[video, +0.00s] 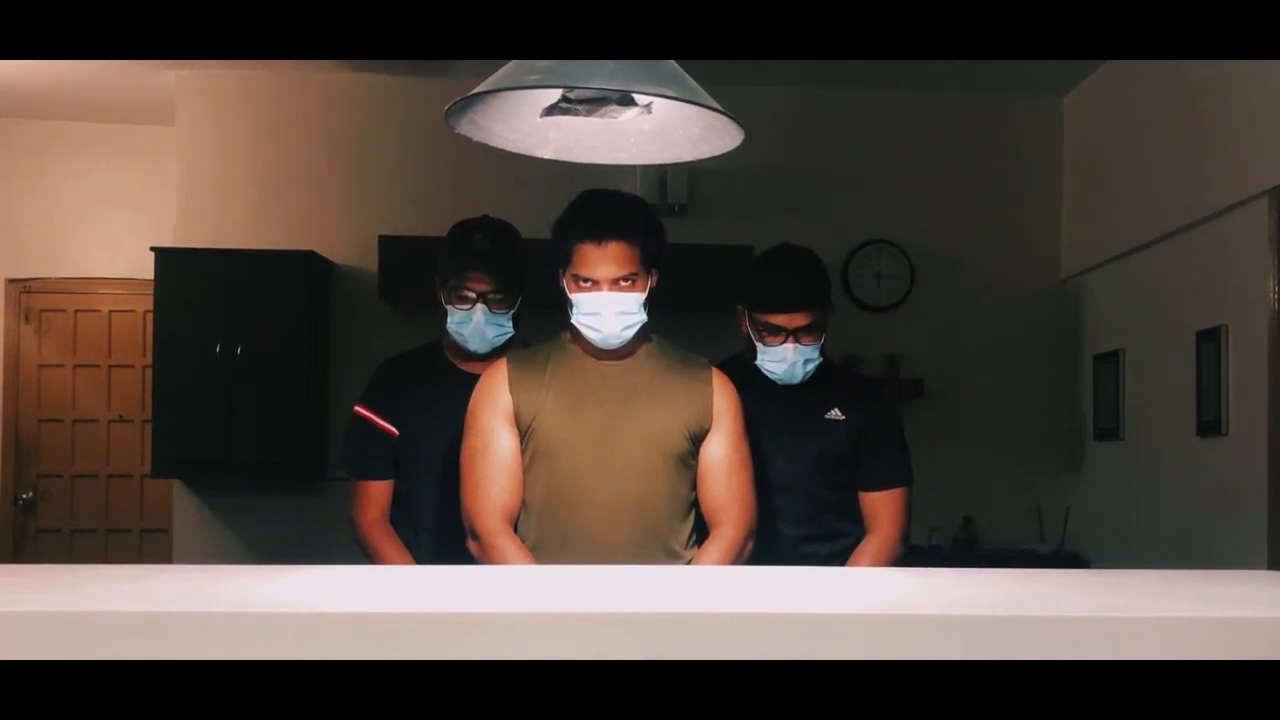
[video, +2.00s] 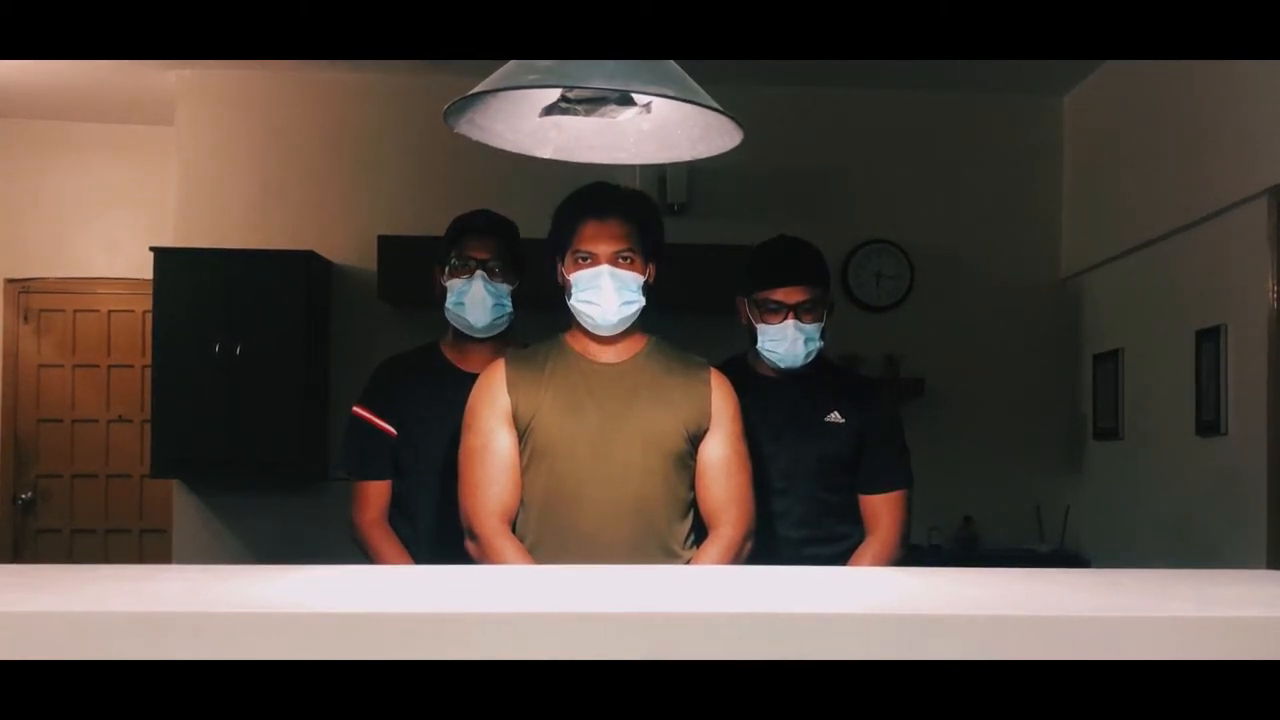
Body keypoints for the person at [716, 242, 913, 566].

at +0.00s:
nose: (790, 348)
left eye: (807, 332)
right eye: (772, 332)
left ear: (826, 323)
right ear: (745, 322)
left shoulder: (862, 400)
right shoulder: (716, 393)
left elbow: (885, 535)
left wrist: (832, 605)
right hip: (740, 591)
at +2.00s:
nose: (791, 326)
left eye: (807, 310)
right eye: (773, 309)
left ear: (826, 310)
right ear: (746, 310)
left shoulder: (863, 400)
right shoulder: (712, 394)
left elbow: (885, 537)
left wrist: (830, 611)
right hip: (737, 595)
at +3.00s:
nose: (790, 315)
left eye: (807, 301)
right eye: (772, 300)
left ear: (824, 307)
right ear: (745, 307)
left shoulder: (862, 400)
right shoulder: (709, 393)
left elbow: (884, 536)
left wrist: (831, 611)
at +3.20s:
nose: (789, 312)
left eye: (806, 298)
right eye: (771, 297)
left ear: (823, 305)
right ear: (745, 306)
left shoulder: (862, 400)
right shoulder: (708, 393)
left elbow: (884, 537)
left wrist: (830, 611)